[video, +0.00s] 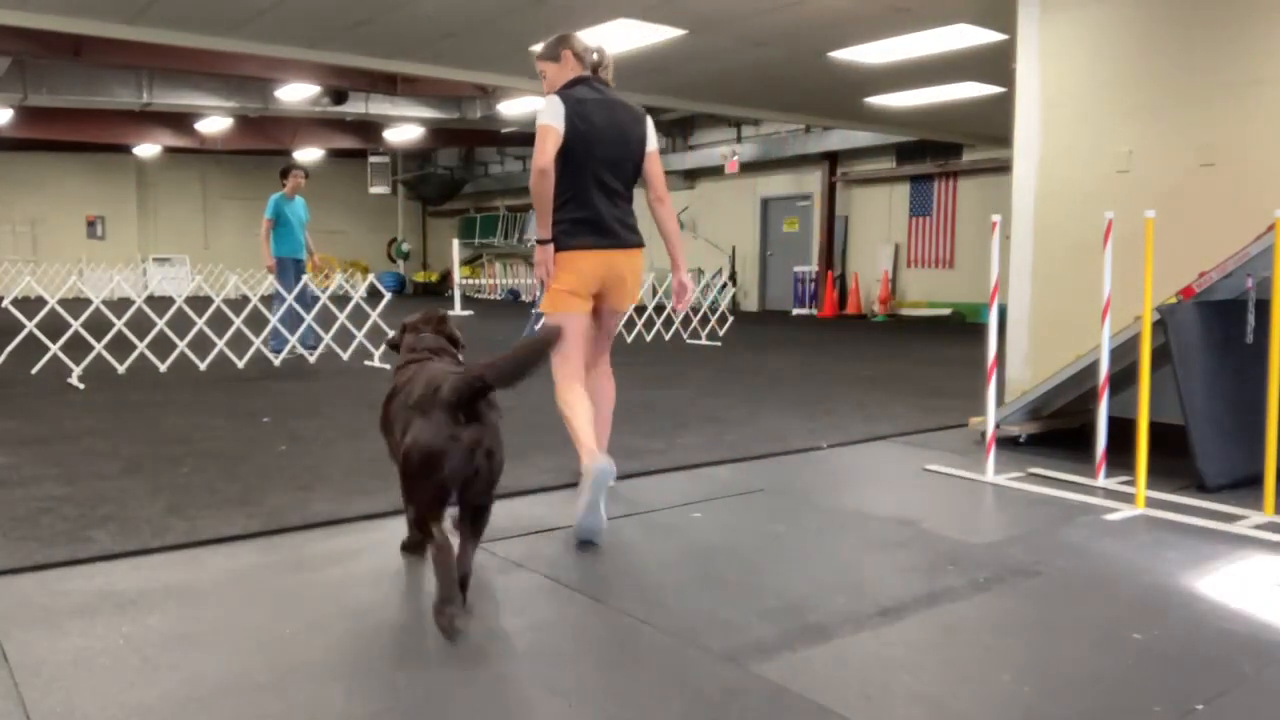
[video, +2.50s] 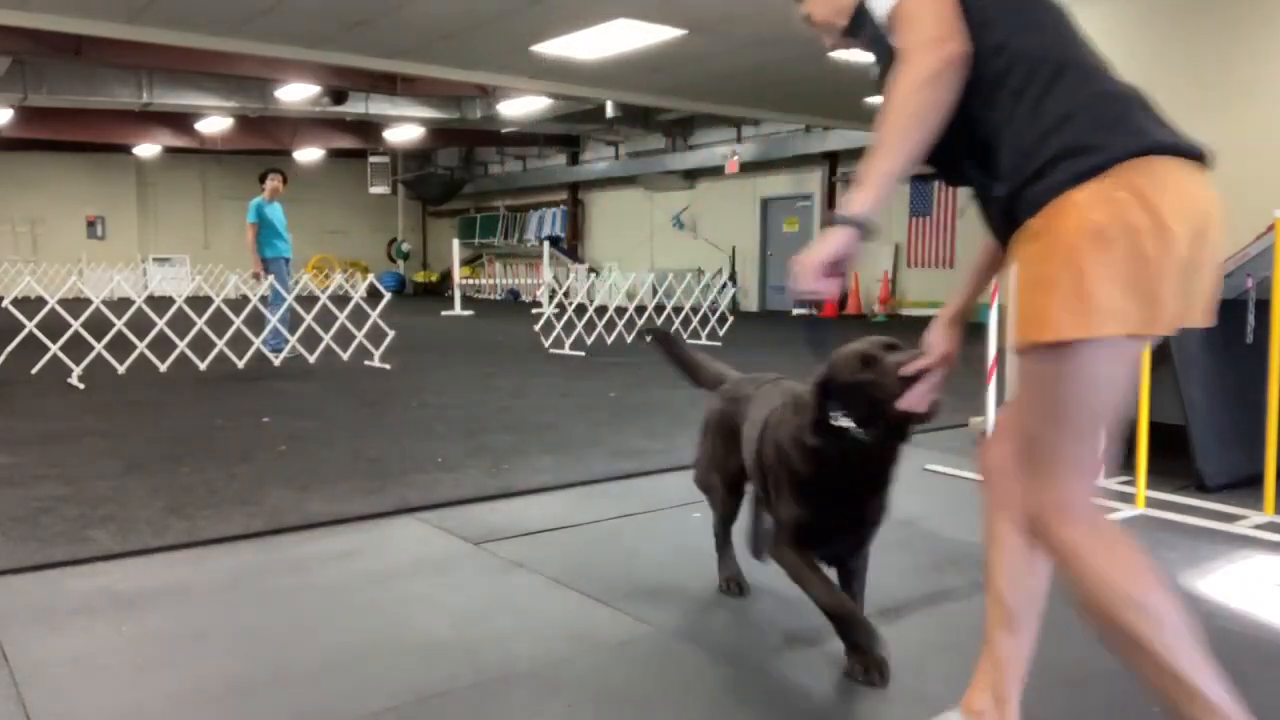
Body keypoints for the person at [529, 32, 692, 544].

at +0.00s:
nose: (544, 83)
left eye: (545, 73)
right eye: (542, 75)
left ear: (568, 61)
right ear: (587, 64)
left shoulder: (557, 105)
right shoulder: (638, 117)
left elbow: (542, 166)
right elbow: (659, 196)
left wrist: (543, 238)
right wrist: (679, 265)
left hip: (574, 256)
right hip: (627, 257)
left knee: (568, 376)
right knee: (600, 363)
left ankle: (592, 460)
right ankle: (597, 474)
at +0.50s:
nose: (513, 114)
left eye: (514, 107)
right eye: (513, 108)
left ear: (525, 106)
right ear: (551, 106)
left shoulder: (514, 143)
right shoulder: (588, 147)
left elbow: (501, 215)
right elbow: (606, 216)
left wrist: (494, 262)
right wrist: (612, 270)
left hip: (531, 263)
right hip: (579, 263)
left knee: (529, 334)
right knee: (568, 326)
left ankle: (537, 424)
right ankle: (580, 413)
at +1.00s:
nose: (497, 105)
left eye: (497, 98)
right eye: (497, 98)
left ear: (507, 95)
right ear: (538, 94)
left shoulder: (502, 133)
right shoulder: (574, 133)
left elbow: (502, 215)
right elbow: (597, 205)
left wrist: (491, 247)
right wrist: (564, 212)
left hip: (521, 260)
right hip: (570, 260)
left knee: (500, 342)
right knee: (547, 334)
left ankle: (511, 443)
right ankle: (568, 427)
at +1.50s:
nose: (531, 59)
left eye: (530, 53)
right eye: (533, 54)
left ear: (540, 51)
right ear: (584, 49)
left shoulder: (520, 94)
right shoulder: (621, 90)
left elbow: (504, 194)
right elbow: (637, 181)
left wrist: (507, 245)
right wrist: (601, 192)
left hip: (542, 250)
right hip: (611, 250)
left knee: (544, 382)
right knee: (595, 360)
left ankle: (550, 518)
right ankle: (599, 482)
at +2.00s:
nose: (616, 14)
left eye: (615, 10)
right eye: (617, 11)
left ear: (629, 4)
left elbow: (589, 181)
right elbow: (770, 143)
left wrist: (564, 268)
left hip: (685, 220)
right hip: (778, 216)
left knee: (678, 426)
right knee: (726, 403)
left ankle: (692, 630)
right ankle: (715, 588)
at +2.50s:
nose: (804, 13)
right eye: (799, 8)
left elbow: (938, 52)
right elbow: (1025, 190)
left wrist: (850, 219)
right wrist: (952, 314)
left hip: (1106, 197)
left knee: (1059, 506)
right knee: (1008, 461)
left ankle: (1222, 709)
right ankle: (993, 703)